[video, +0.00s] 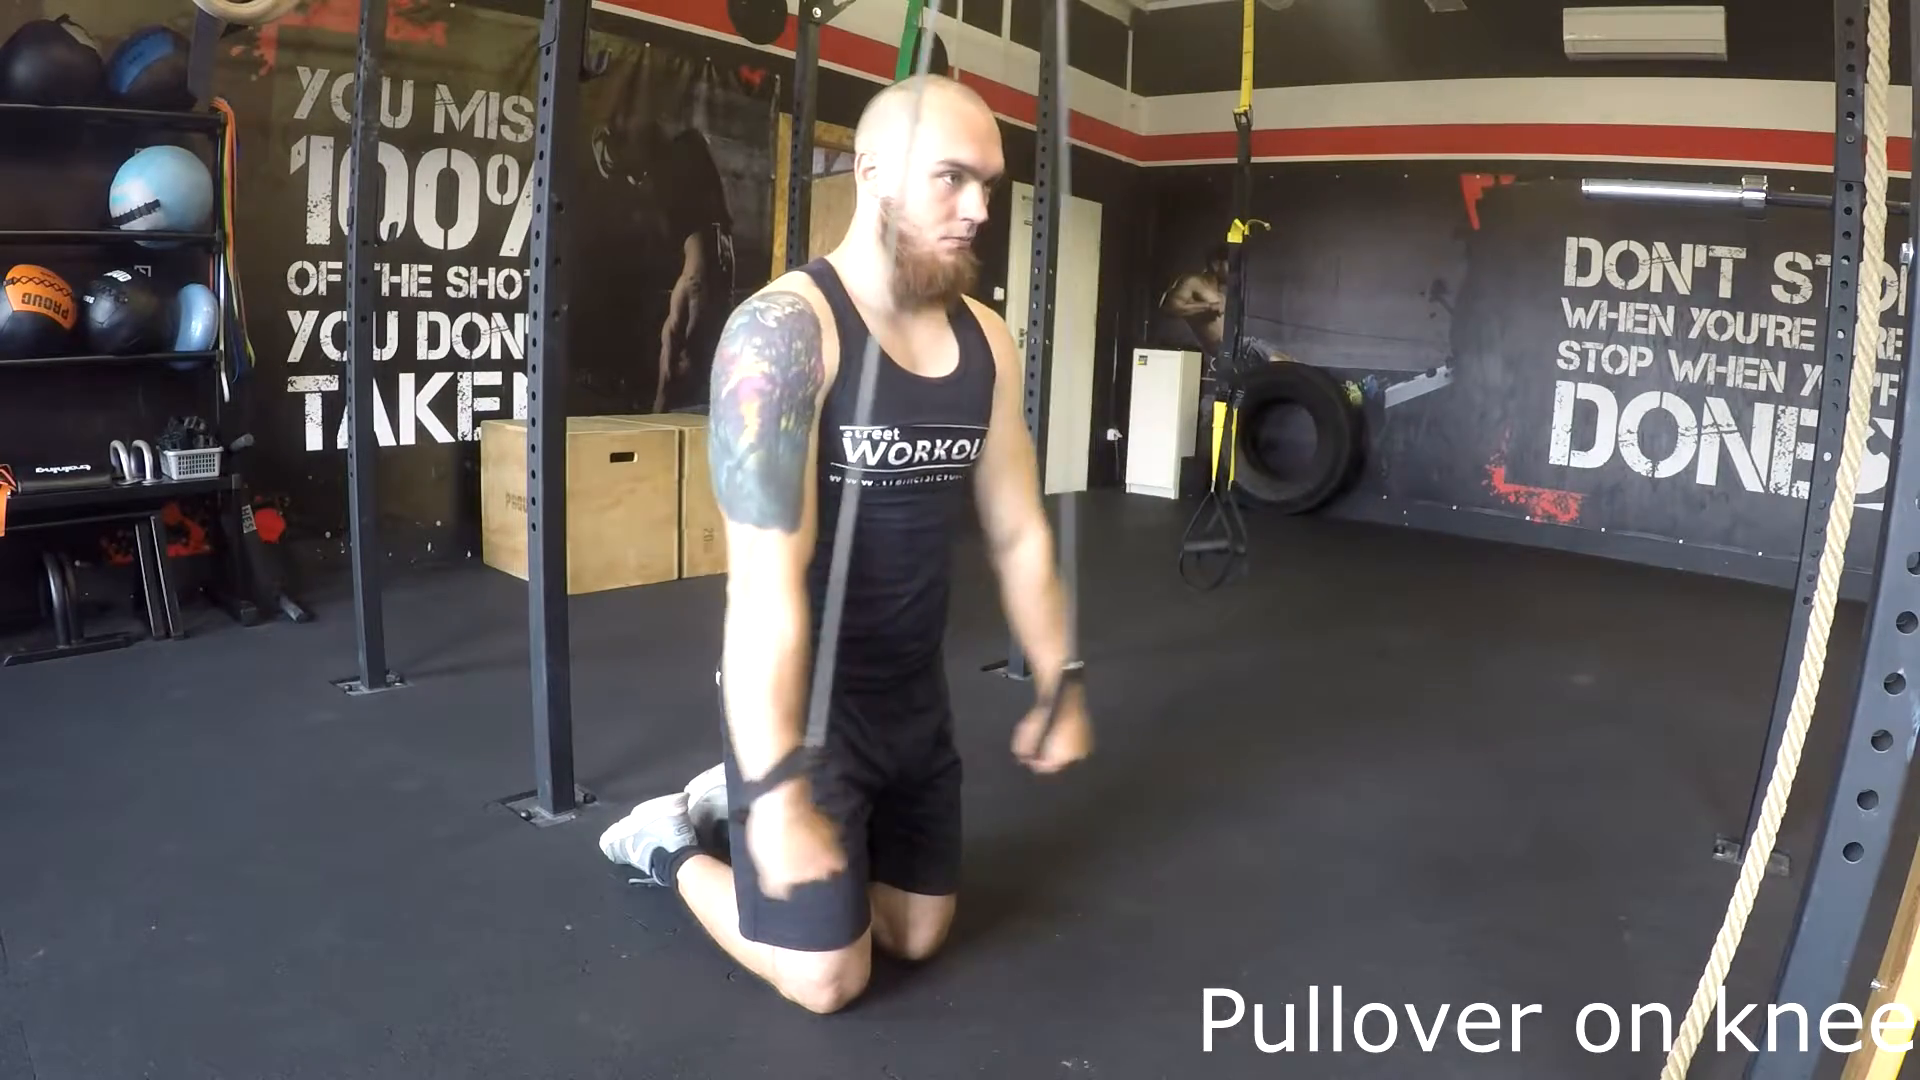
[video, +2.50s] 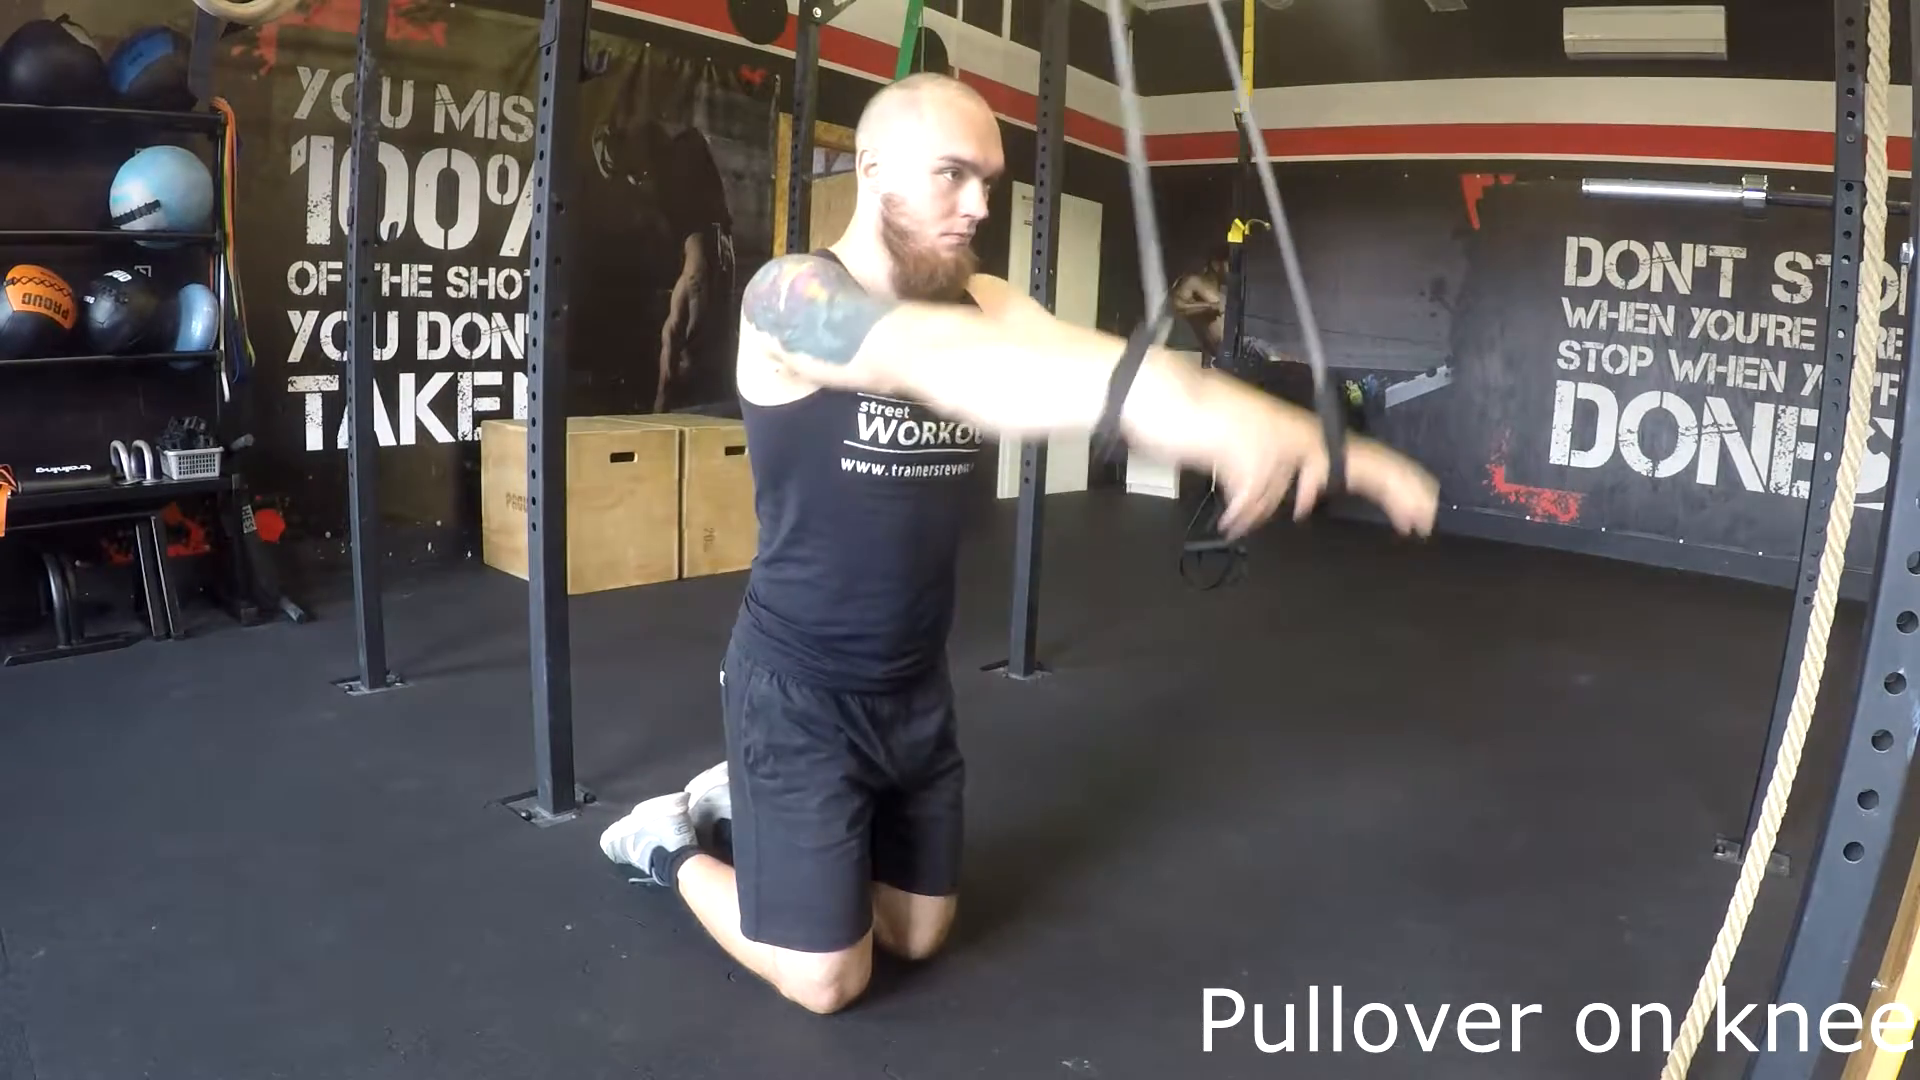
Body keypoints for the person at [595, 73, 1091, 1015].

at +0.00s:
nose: (977, 208)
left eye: (989, 184)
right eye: (951, 176)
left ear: (995, 193)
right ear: (871, 174)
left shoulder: (985, 338)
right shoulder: (781, 333)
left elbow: (1019, 530)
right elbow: (765, 582)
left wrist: (1058, 676)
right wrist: (780, 787)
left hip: (913, 697)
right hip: (804, 704)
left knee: (916, 932)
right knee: (825, 979)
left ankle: (732, 807)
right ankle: (672, 855)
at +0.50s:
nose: (960, 214)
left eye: (974, 191)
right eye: (936, 182)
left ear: (979, 196)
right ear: (857, 172)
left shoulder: (967, 312)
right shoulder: (776, 291)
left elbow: (1096, 370)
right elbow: (927, 328)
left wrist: (1257, 415)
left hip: (908, 680)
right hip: (790, 682)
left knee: (915, 933)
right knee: (822, 979)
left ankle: (744, 804)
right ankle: (671, 856)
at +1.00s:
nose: (978, 214)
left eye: (991, 191)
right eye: (954, 183)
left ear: (1000, 197)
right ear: (875, 185)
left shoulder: (986, 322)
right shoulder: (793, 316)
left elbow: (1105, 443)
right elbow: (931, 484)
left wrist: (1254, 565)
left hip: (911, 683)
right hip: (795, 684)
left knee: (914, 933)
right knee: (824, 978)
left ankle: (742, 813)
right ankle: (673, 856)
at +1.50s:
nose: (1000, 213)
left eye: (1011, 187)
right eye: (976, 182)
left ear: (1016, 195)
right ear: (896, 177)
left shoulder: (997, 343)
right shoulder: (801, 332)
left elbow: (993, 538)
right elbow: (752, 578)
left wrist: (997, 682)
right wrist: (730, 779)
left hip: (923, 699)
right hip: (807, 707)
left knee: (916, 934)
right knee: (827, 982)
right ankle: (677, 844)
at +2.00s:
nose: (1002, 208)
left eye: (1012, 182)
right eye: (976, 176)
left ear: (1015, 190)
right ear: (896, 176)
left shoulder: (999, 340)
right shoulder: (801, 331)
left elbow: (1032, 529)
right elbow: (738, 572)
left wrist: (1070, 675)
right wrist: (720, 786)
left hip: (920, 697)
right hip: (804, 703)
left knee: (918, 931)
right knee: (825, 980)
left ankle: (766, 837)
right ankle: (684, 845)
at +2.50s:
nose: (978, 206)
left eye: (990, 183)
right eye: (951, 177)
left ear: (992, 188)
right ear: (867, 173)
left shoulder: (984, 303)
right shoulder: (791, 294)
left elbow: (1123, 376)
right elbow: (949, 369)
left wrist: (1334, 453)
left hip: (916, 683)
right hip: (797, 686)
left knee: (916, 931)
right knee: (822, 978)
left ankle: (759, 807)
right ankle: (672, 852)